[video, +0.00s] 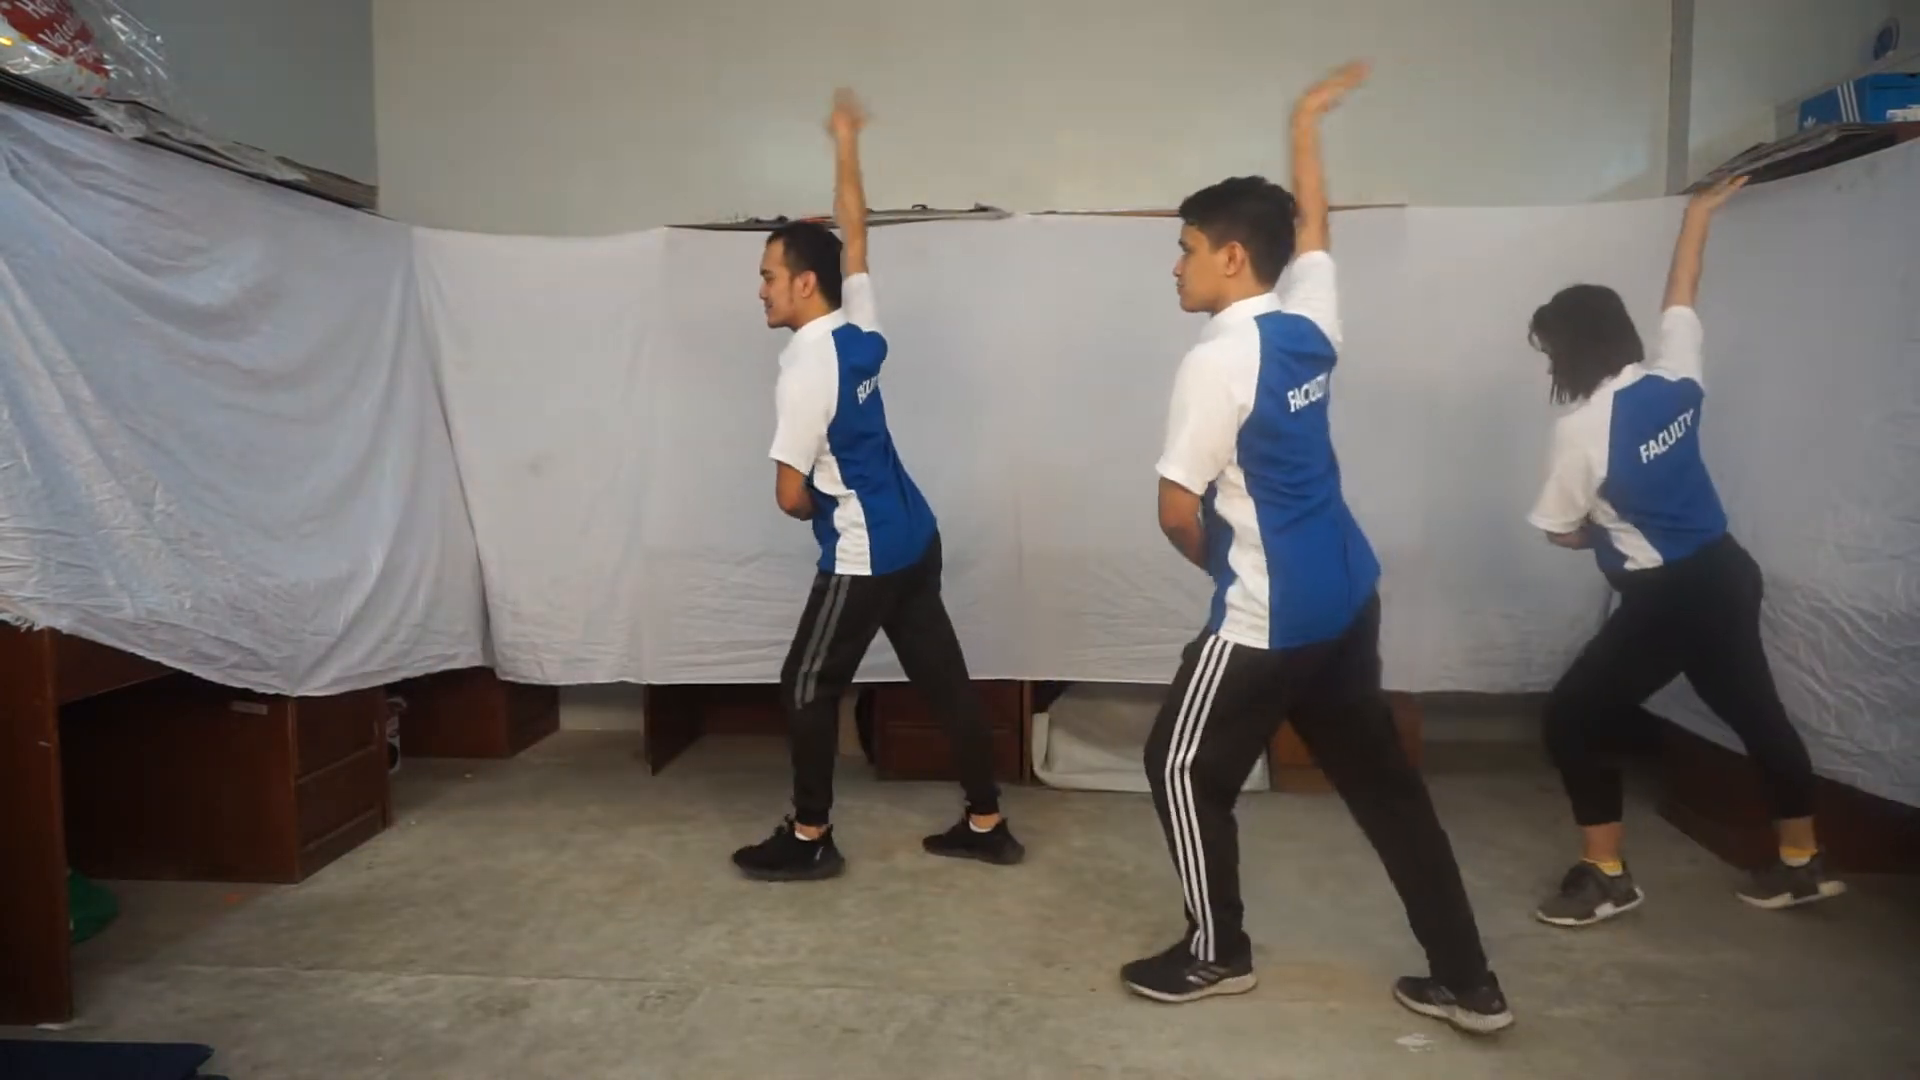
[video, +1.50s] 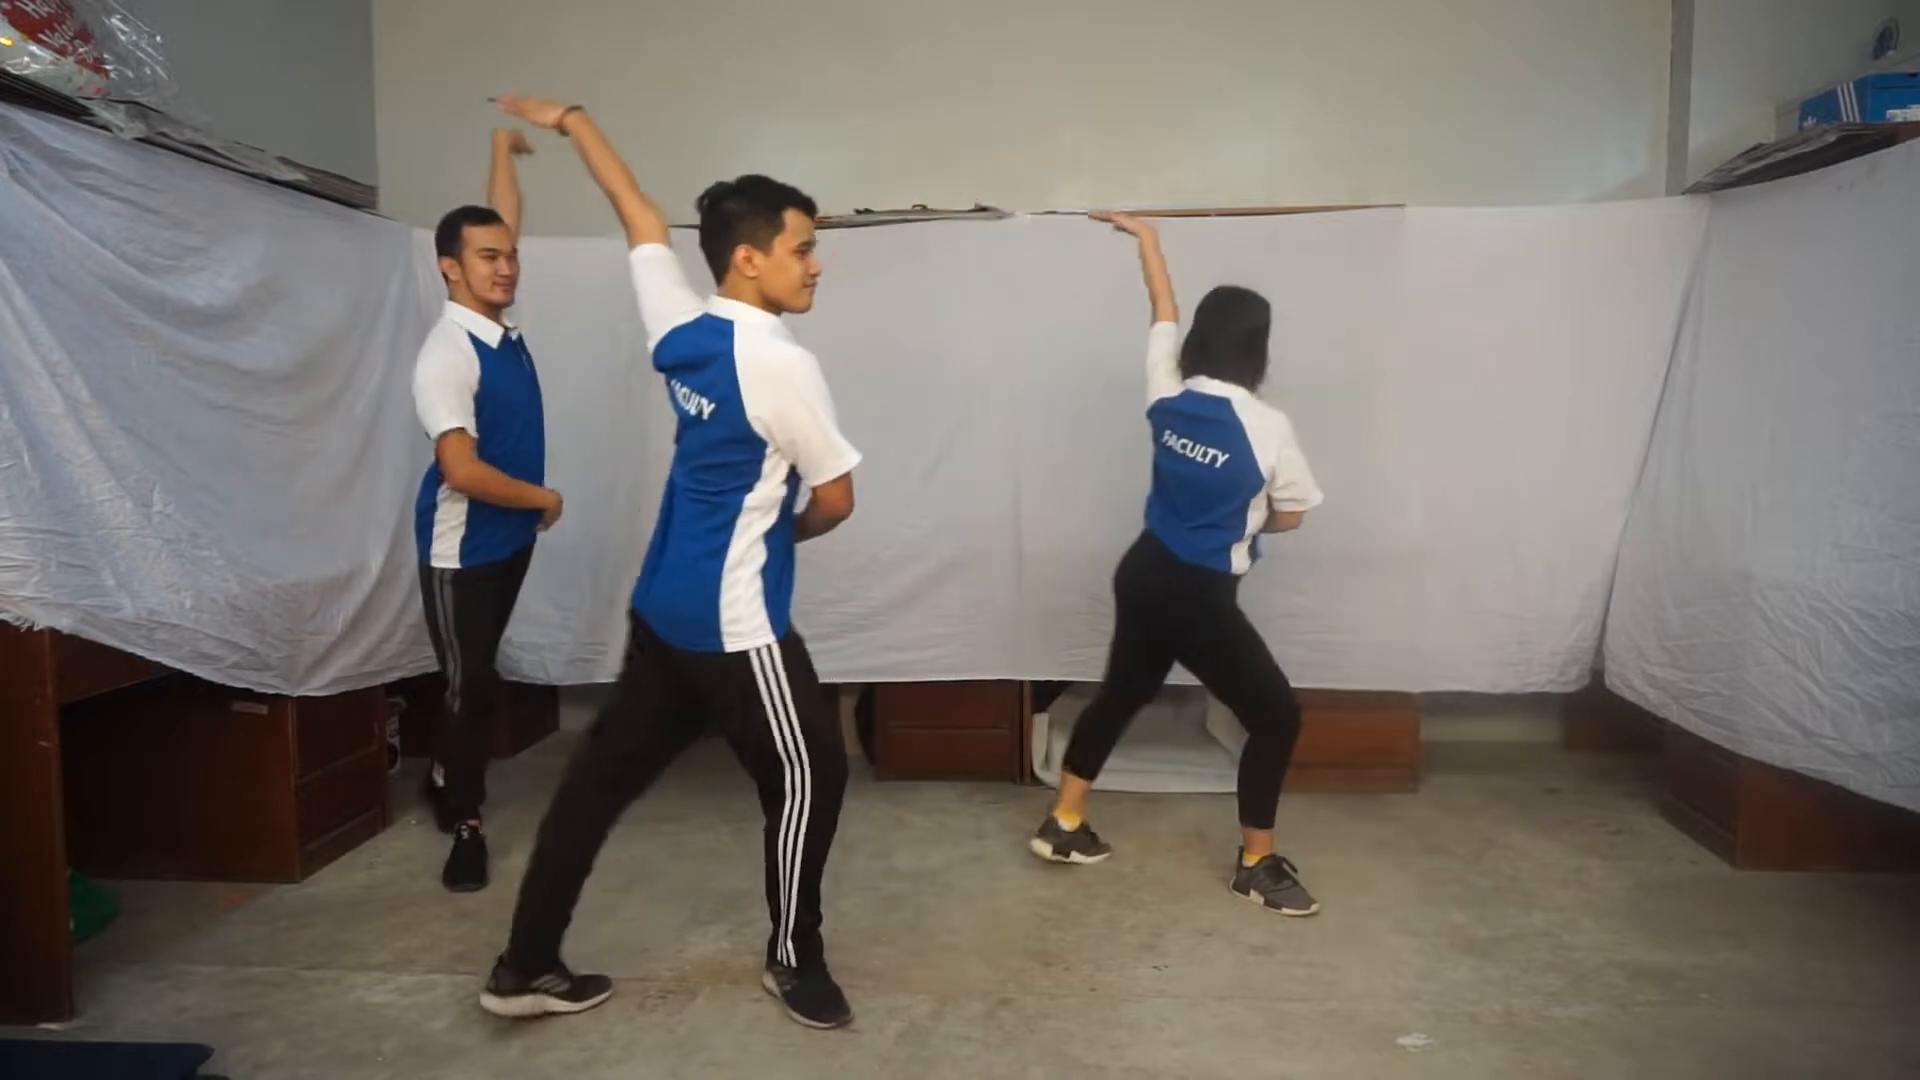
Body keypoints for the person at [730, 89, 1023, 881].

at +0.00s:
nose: (763, 291)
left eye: (771, 279)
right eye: (764, 278)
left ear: (810, 285)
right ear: (821, 283)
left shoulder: (806, 363)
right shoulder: (858, 326)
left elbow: (790, 496)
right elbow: (854, 233)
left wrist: (836, 505)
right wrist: (846, 145)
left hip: (861, 553)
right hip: (912, 538)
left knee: (808, 687)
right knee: (948, 685)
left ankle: (809, 836)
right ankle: (985, 822)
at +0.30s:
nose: (715, 268)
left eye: (724, 256)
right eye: (717, 254)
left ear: (764, 264)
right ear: (767, 264)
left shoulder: (765, 343)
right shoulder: (787, 324)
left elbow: (739, 474)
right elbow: (749, 376)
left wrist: (721, 499)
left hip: (800, 550)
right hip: (785, 543)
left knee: (803, 694)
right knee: (768, 677)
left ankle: (817, 843)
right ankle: (871, 777)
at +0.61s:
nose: (641, 259)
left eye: (659, 248)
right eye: (635, 247)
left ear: (693, 261)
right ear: (629, 256)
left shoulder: (694, 340)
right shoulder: (646, 336)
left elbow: (700, 459)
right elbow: (645, 433)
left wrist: (639, 522)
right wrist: (613, 483)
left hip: (700, 558)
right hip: (650, 553)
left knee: (714, 697)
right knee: (651, 694)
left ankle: (793, 824)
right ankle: (655, 825)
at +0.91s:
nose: (571, 262)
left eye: (586, 251)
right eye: (559, 249)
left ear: (609, 264)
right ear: (541, 259)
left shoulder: (628, 348)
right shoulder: (524, 349)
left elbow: (667, 454)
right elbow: (496, 442)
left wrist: (585, 482)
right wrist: (489, 491)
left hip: (608, 567)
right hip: (536, 563)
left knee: (601, 701)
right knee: (500, 675)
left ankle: (638, 842)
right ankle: (533, 815)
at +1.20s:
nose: (510, 260)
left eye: (519, 248)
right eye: (493, 248)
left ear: (531, 258)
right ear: (459, 258)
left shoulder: (556, 337)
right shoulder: (425, 350)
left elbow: (644, 293)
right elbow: (414, 462)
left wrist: (601, 206)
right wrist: (510, 516)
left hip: (546, 549)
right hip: (468, 556)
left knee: (548, 681)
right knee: (468, 696)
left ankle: (515, 769)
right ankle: (464, 828)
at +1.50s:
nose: (504, 267)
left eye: (509, 255)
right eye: (489, 257)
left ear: (511, 262)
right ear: (453, 268)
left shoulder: (496, 322)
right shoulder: (448, 352)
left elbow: (503, 232)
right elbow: (459, 469)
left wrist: (505, 150)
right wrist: (541, 497)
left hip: (508, 536)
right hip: (460, 545)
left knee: (477, 672)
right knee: (470, 687)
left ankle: (450, 776)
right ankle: (469, 825)